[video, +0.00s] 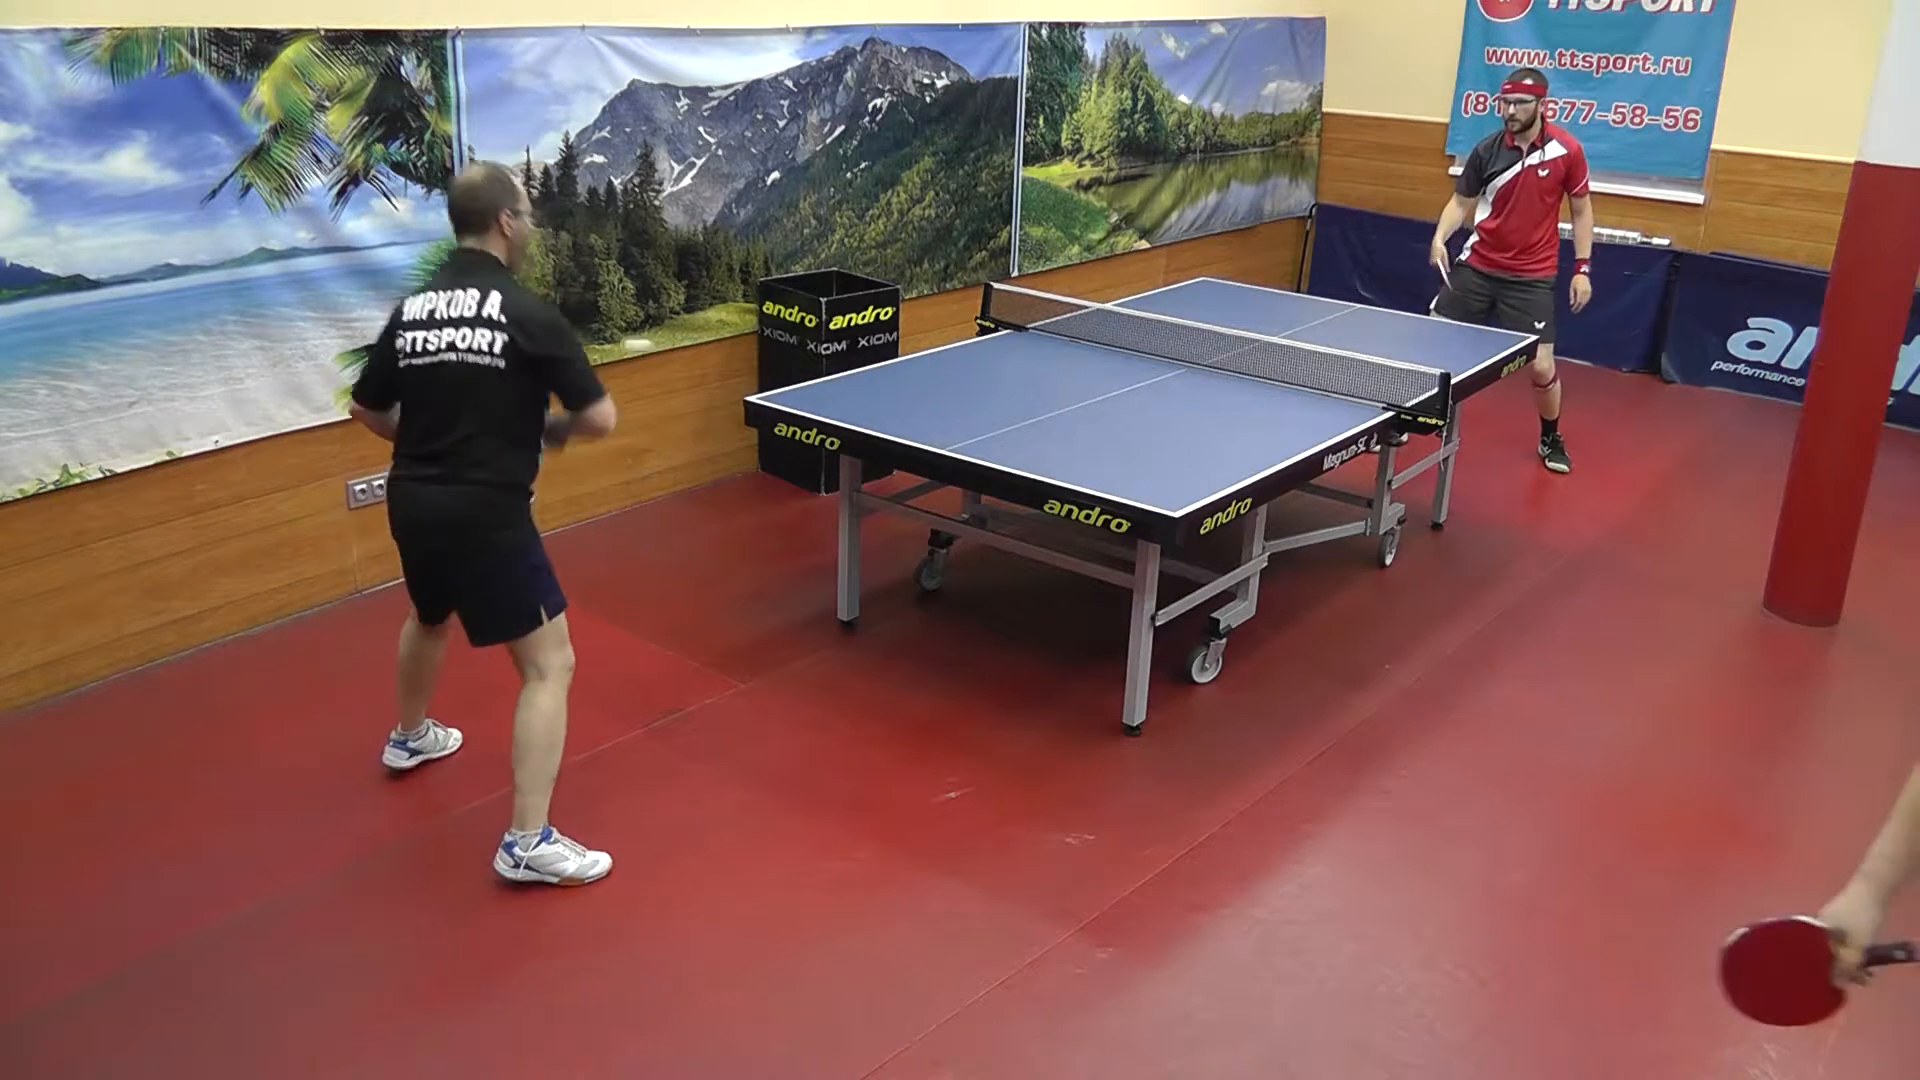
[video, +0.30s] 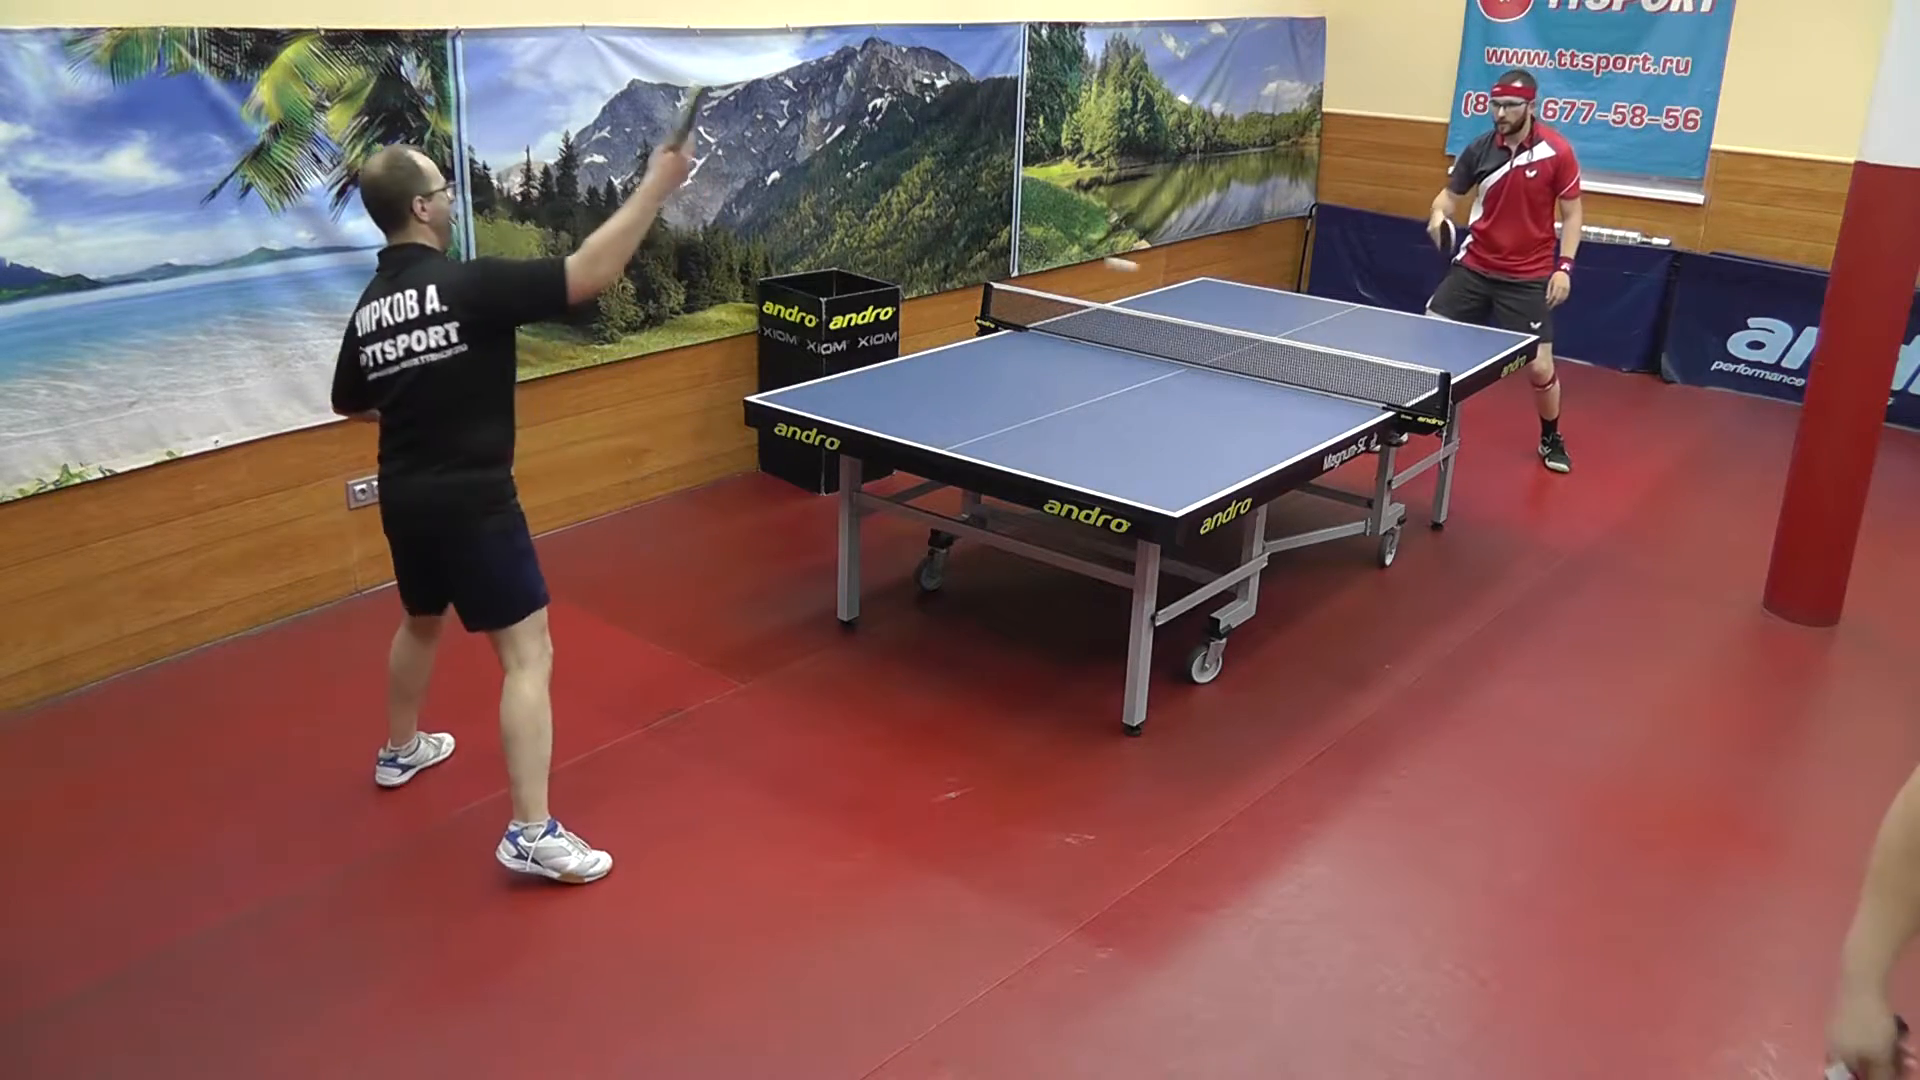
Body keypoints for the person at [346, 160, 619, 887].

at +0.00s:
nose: (531, 224)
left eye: (526, 211)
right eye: (526, 214)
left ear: (460, 225)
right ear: (506, 222)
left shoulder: (415, 307)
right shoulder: (529, 315)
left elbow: (370, 406)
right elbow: (599, 418)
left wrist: (429, 435)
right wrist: (549, 427)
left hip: (414, 505)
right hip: (490, 513)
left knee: (428, 618)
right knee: (548, 666)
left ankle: (408, 735)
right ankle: (527, 837)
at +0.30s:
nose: (450, 199)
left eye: (443, 187)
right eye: (441, 191)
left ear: (385, 215)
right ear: (421, 209)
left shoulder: (374, 305)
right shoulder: (472, 283)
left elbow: (348, 400)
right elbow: (584, 275)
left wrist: (422, 383)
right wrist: (656, 186)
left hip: (406, 502)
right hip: (476, 500)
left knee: (421, 624)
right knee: (526, 657)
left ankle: (398, 749)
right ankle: (532, 829)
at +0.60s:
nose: (464, 212)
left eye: (458, 200)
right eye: (455, 203)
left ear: (402, 222)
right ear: (428, 219)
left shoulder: (379, 300)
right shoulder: (443, 299)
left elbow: (361, 402)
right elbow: (533, 357)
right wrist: (642, 315)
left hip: (382, 502)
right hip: (438, 508)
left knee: (417, 625)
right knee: (489, 675)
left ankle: (399, 747)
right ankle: (480, 859)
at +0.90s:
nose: (487, 263)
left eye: (485, 250)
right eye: (483, 252)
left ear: (415, 259)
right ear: (463, 262)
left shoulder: (378, 323)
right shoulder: (446, 359)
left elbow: (390, 438)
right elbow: (479, 492)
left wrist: (468, 506)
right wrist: (500, 519)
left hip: (348, 527)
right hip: (403, 547)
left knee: (397, 626)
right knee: (495, 687)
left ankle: (335, 746)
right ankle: (476, 868)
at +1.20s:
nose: (374, 197)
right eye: (371, 188)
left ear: (305, 223)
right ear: (369, 209)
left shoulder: (279, 315)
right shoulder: (421, 309)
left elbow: (213, 390)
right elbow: (489, 411)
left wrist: (138, 412)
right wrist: (486, 389)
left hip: (327, 522)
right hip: (410, 519)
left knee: (336, 637)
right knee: (438, 673)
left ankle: (324, 755)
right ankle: (446, 839)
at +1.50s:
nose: (287, 239)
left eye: (286, 230)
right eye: (288, 228)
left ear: (300, 237)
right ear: (360, 218)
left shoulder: (291, 329)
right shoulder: (430, 303)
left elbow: (257, 449)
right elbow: (476, 419)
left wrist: (236, 525)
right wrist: (505, 494)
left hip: (337, 530)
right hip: (427, 521)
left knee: (334, 646)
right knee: (437, 674)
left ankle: (323, 756)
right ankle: (449, 840)